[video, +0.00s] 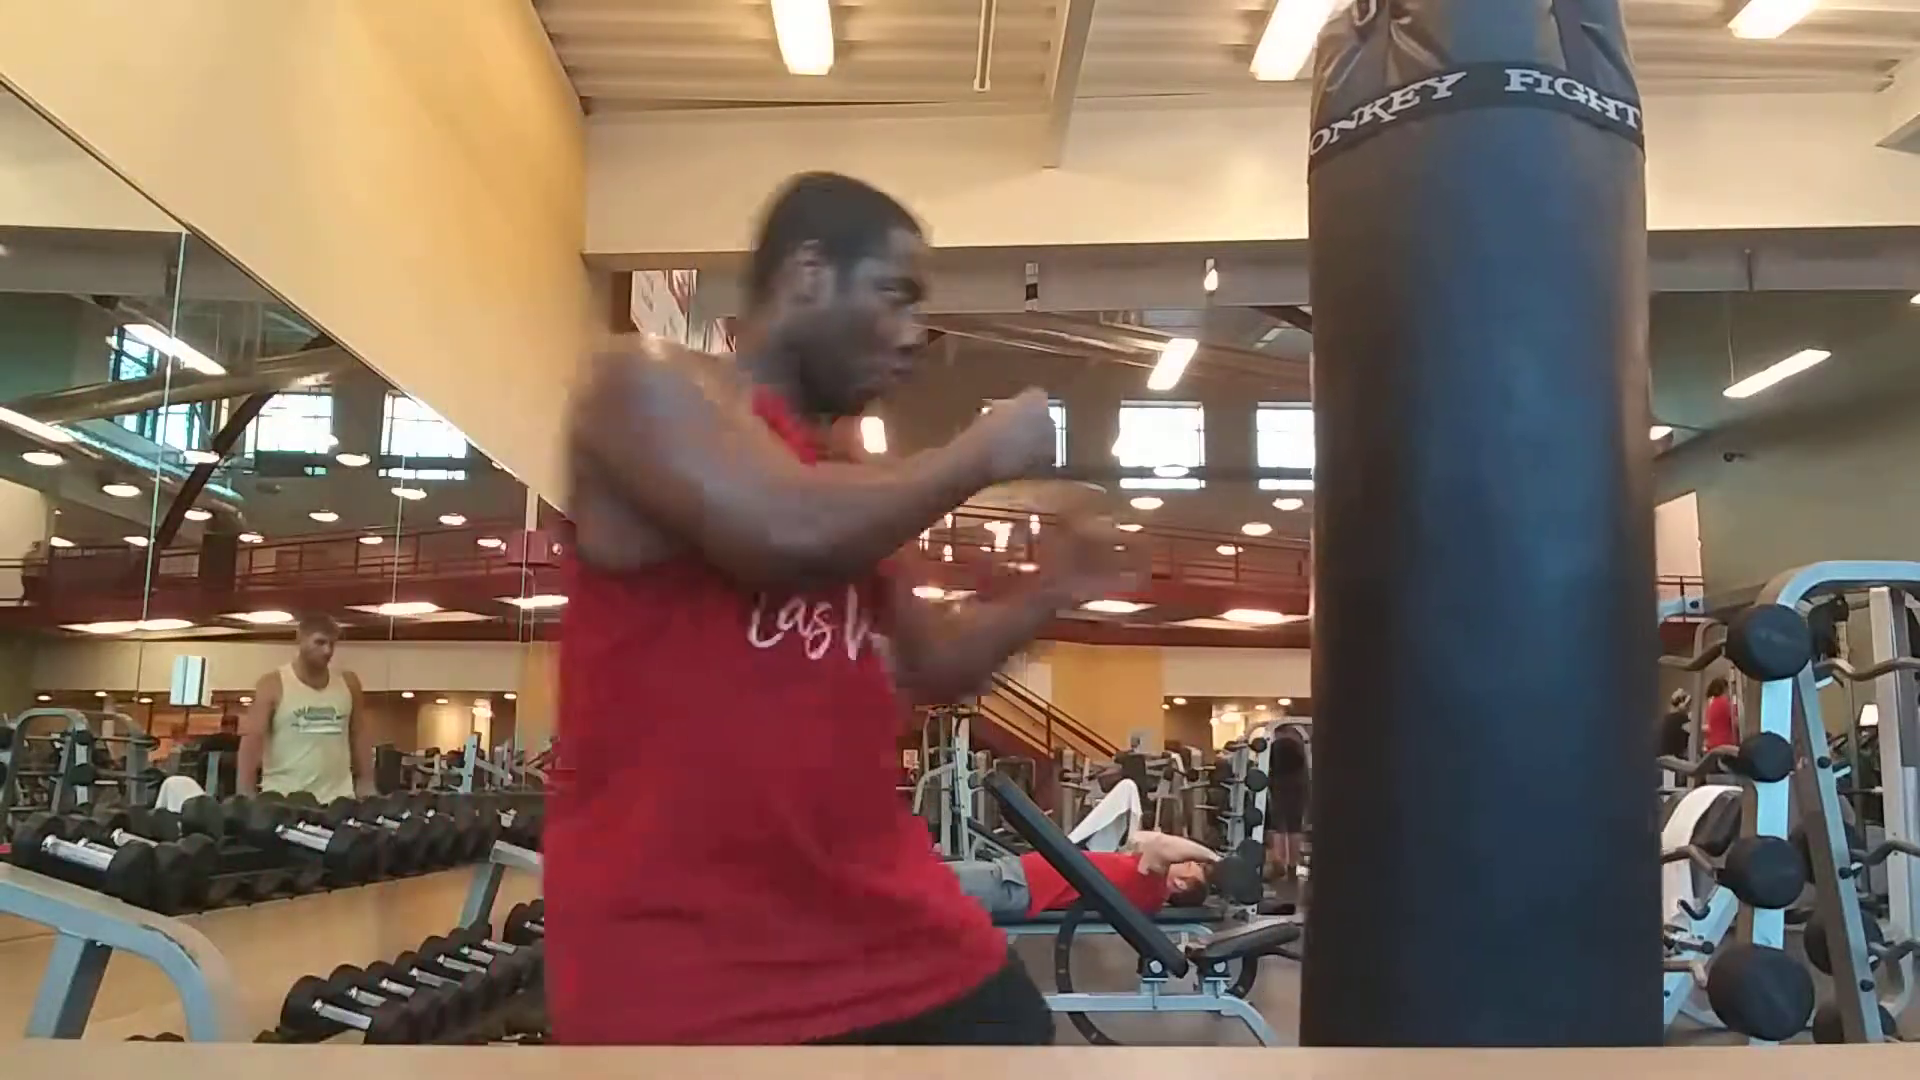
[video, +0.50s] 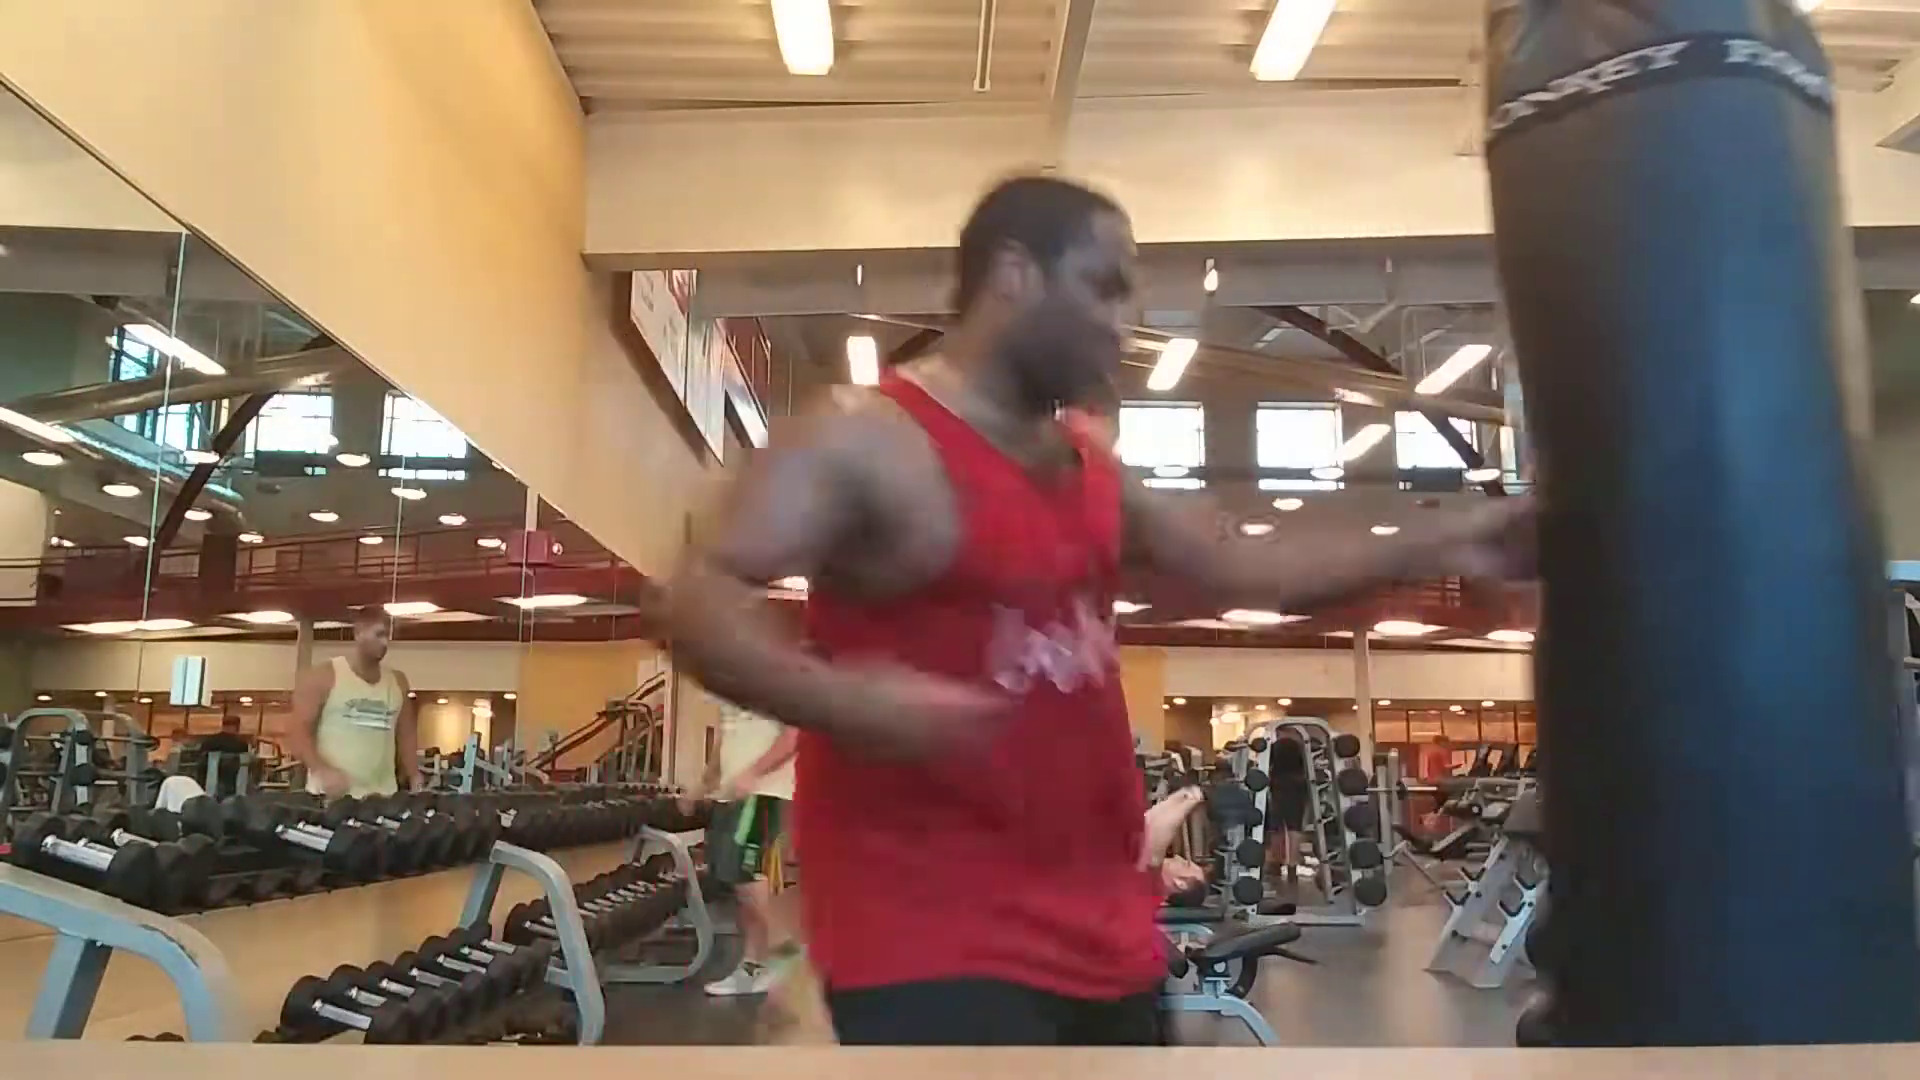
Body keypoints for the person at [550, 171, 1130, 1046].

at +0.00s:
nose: (917, 334)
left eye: (920, 305)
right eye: (897, 294)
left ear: (812, 283)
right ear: (807, 277)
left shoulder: (834, 472)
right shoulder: (644, 383)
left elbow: (932, 661)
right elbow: (780, 530)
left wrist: (1047, 588)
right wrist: (974, 456)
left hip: (892, 929)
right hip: (691, 966)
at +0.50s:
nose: (1133, 324)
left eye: (1134, 299)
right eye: (1110, 288)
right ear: (1011, 275)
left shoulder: (1087, 472)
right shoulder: (860, 440)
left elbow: (1249, 560)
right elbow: (688, 598)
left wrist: (1462, 539)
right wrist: (856, 700)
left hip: (1105, 947)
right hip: (939, 957)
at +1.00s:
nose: (1074, 307)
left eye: (1074, 280)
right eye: (1054, 269)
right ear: (955, 256)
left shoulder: (1017, 447)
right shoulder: (833, 437)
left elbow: (1096, 613)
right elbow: (1027, 564)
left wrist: (1266, 581)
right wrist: (1148, 416)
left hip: (1182, 790)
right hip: (1061, 937)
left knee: (1415, 905)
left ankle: (1417, 1058)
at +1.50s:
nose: (1227, 381)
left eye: (1227, 350)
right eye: (1210, 341)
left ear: (1131, 336)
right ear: (1124, 330)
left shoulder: (1109, 488)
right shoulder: (1030, 456)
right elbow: (1184, 606)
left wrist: (1342, 513)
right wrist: (1379, 515)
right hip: (1062, 990)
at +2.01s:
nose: (957, 341)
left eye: (961, 314)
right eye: (943, 306)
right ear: (855, 282)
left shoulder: (814, 442)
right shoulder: (777, 390)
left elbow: (926, 608)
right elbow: (1060, 467)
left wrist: (1013, 493)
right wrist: (1294, 467)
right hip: (703, 956)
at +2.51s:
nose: (751, 377)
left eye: (753, 350)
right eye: (740, 345)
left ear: (654, 329)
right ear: (666, 326)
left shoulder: (525, 427)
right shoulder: (615, 425)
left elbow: (655, 612)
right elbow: (707, 619)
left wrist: (777, 526)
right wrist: (882, 593)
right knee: (667, 1058)